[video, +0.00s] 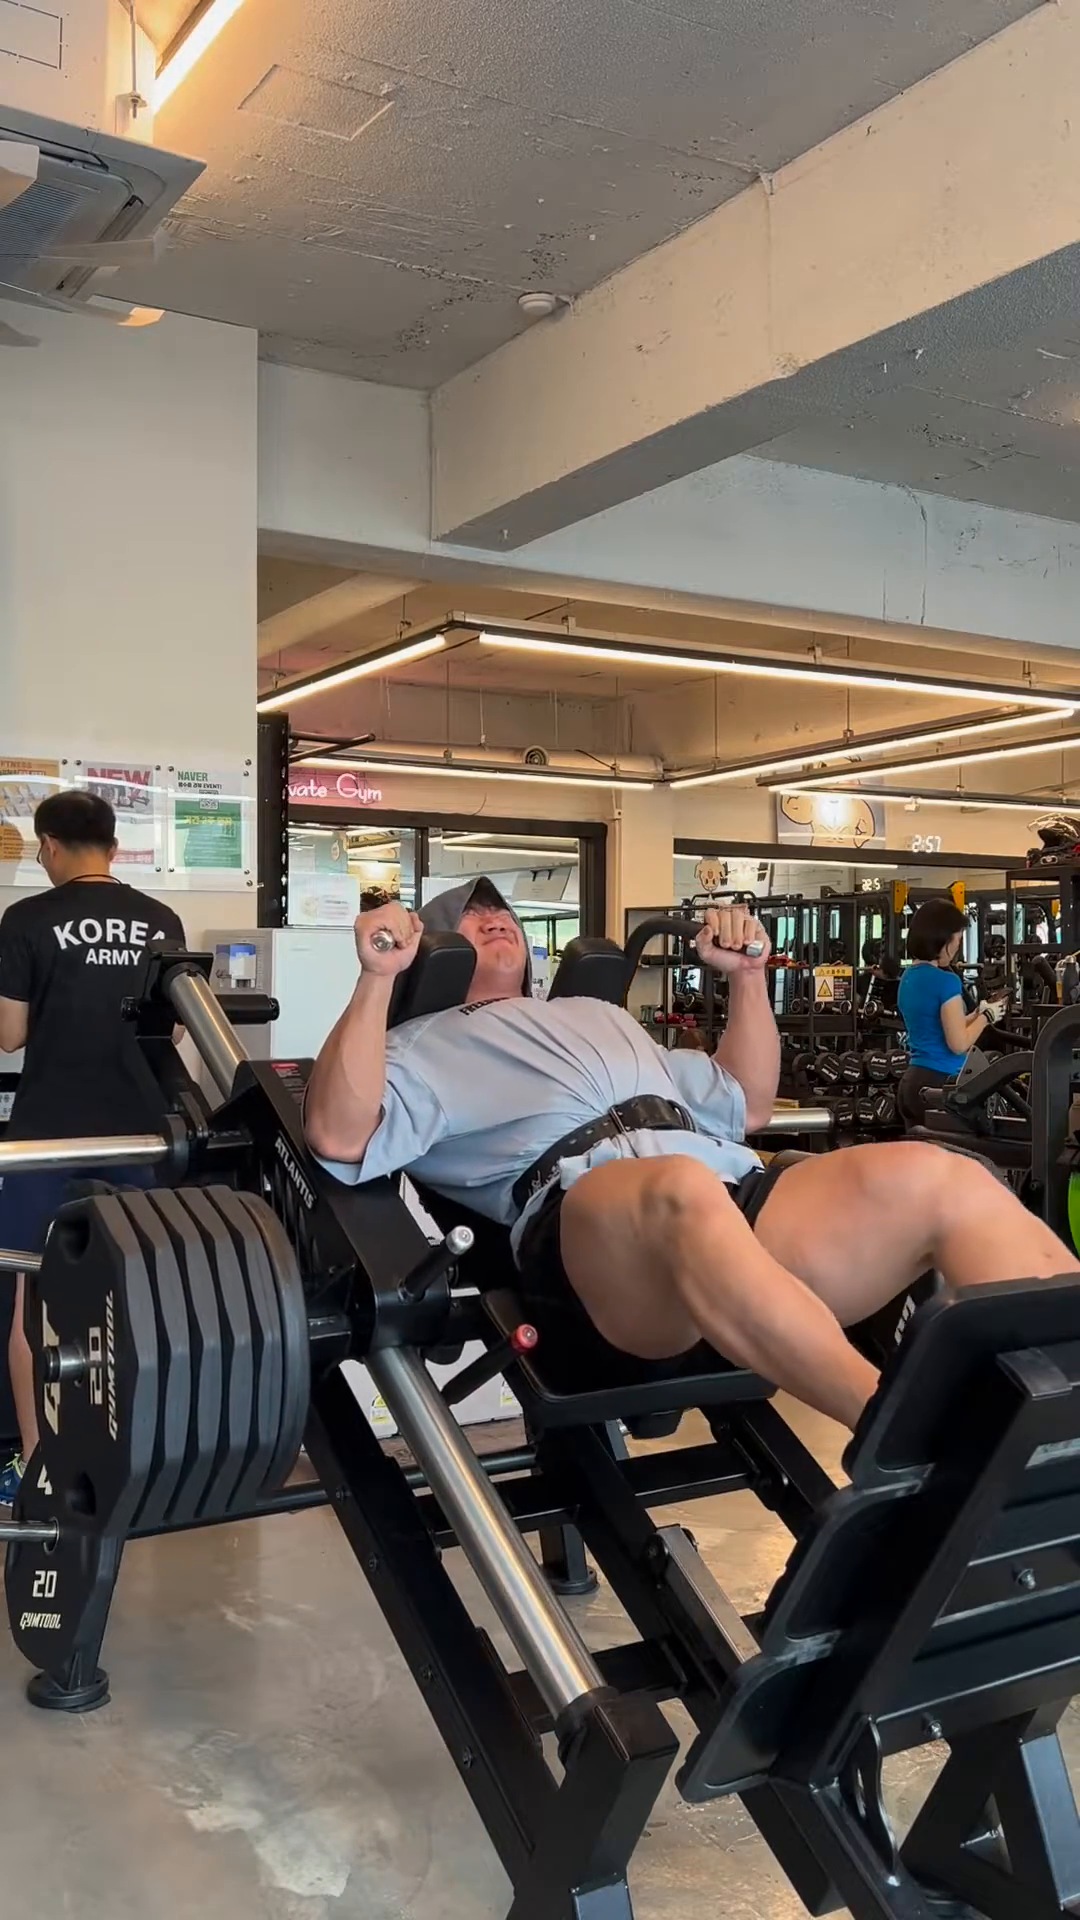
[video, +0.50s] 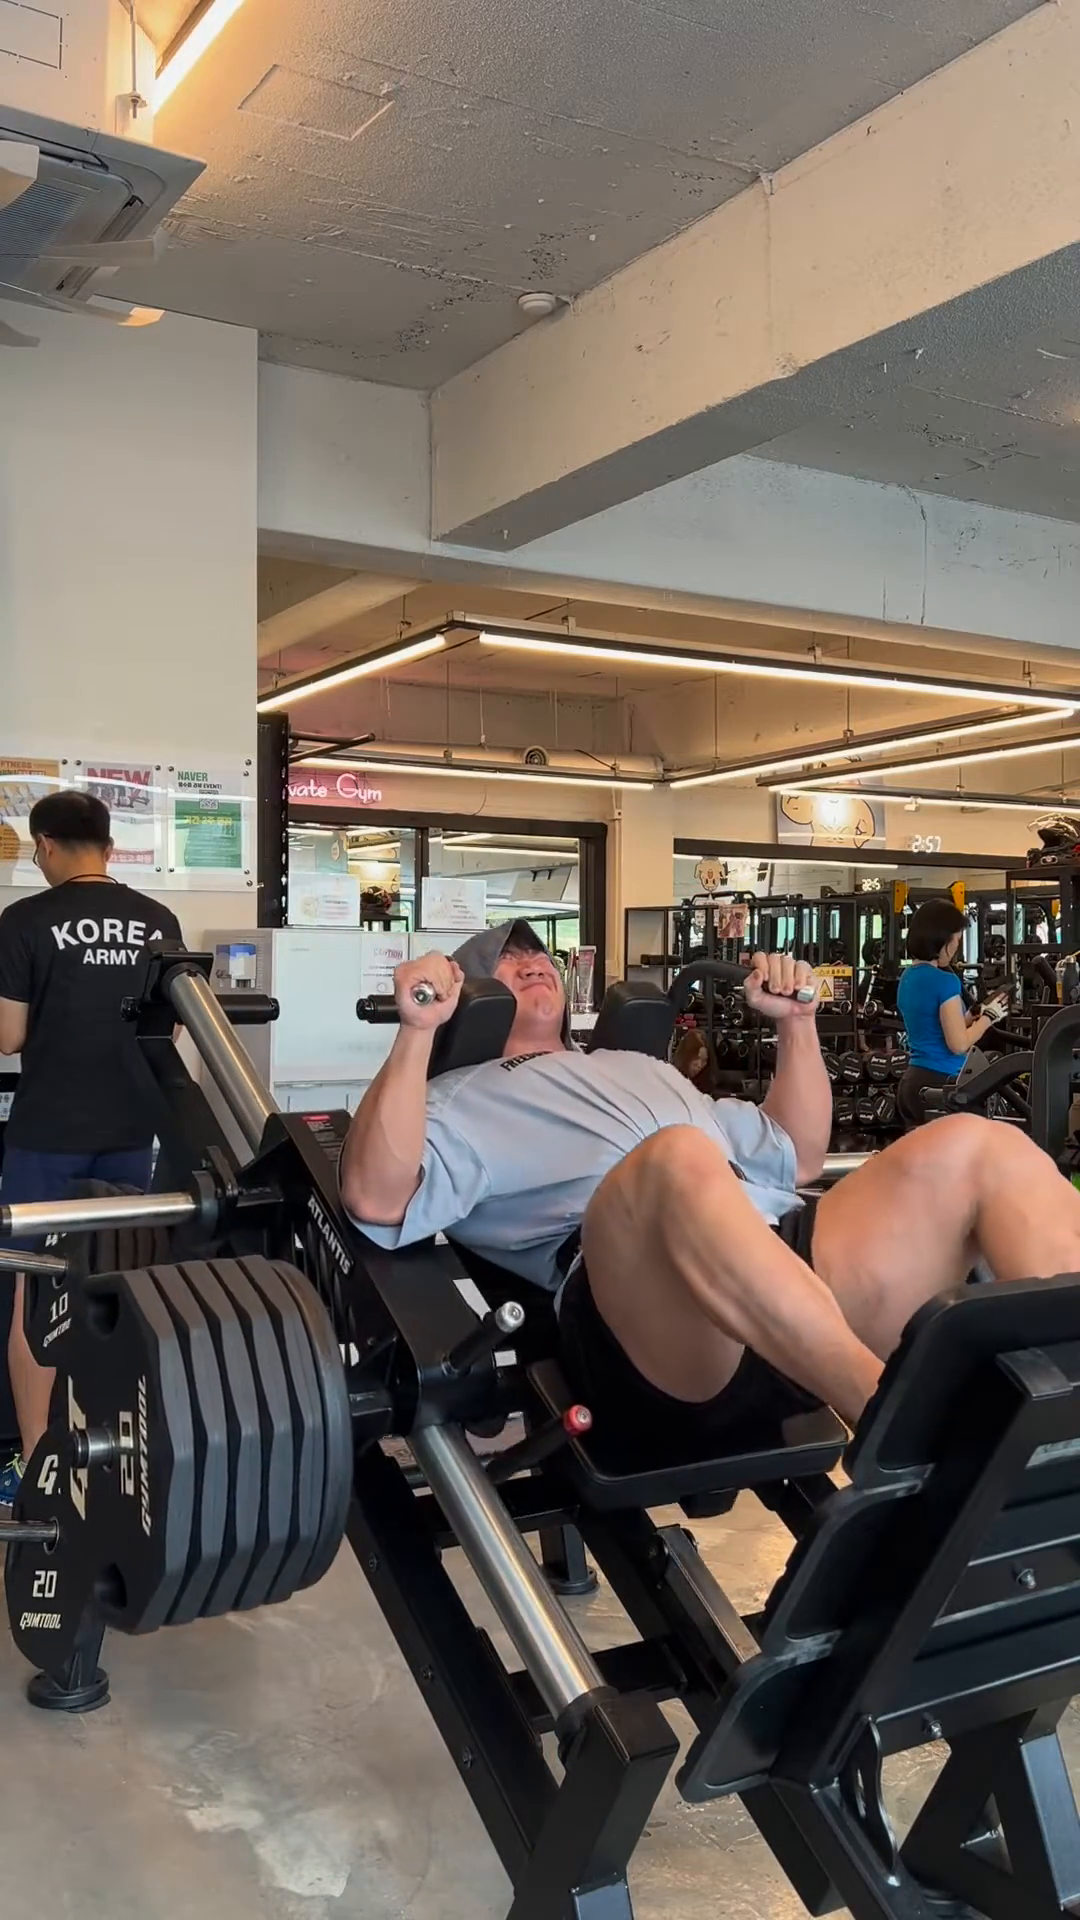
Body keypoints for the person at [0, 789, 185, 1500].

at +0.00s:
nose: (44, 860)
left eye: (42, 851)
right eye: (46, 851)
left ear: (49, 848)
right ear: (114, 848)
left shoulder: (29, 918)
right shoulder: (163, 920)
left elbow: (10, 1035)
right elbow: (179, 1031)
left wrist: (55, 1007)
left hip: (47, 1134)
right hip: (141, 1134)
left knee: (27, 1301)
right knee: (134, 1297)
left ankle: (37, 1457)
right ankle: (131, 1453)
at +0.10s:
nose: (41, 861)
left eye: (40, 851)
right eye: (43, 852)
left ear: (47, 849)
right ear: (113, 849)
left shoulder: (28, 919)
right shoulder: (161, 919)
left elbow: (10, 1035)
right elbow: (180, 1032)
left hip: (49, 1138)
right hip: (144, 1137)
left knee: (25, 1304)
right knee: (131, 1298)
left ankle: (38, 1458)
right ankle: (131, 1454)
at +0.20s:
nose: (40, 860)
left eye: (38, 851)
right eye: (42, 851)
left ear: (47, 849)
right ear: (111, 848)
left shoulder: (27, 918)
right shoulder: (160, 919)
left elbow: (10, 1036)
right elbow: (179, 1028)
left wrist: (63, 1022)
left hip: (52, 1137)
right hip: (146, 1135)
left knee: (25, 1303)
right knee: (134, 1298)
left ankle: (39, 1457)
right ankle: (132, 1453)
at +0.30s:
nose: (40, 861)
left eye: (38, 852)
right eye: (43, 852)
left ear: (46, 849)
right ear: (111, 848)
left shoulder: (26, 919)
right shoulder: (160, 918)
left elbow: (10, 1037)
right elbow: (179, 1031)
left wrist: (65, 1030)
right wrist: (118, 1029)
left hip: (49, 1130)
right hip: (139, 1129)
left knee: (25, 1299)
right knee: (125, 1287)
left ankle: (40, 1462)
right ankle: (121, 1445)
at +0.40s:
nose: (38, 860)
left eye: (37, 851)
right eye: (40, 851)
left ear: (45, 848)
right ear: (109, 847)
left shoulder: (27, 919)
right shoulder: (159, 918)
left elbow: (10, 1036)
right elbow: (177, 1029)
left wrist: (64, 1030)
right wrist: (115, 1026)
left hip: (50, 1128)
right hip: (138, 1126)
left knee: (28, 1294)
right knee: (131, 1284)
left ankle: (40, 1463)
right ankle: (135, 1447)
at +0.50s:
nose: (38, 860)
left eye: (36, 850)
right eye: (40, 851)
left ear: (45, 848)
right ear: (109, 847)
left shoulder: (27, 919)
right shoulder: (159, 919)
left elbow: (9, 1036)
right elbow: (178, 1030)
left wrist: (62, 1030)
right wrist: (118, 1031)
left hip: (50, 1130)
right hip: (137, 1130)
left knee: (31, 1296)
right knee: (123, 1290)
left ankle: (41, 1463)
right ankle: (127, 1453)